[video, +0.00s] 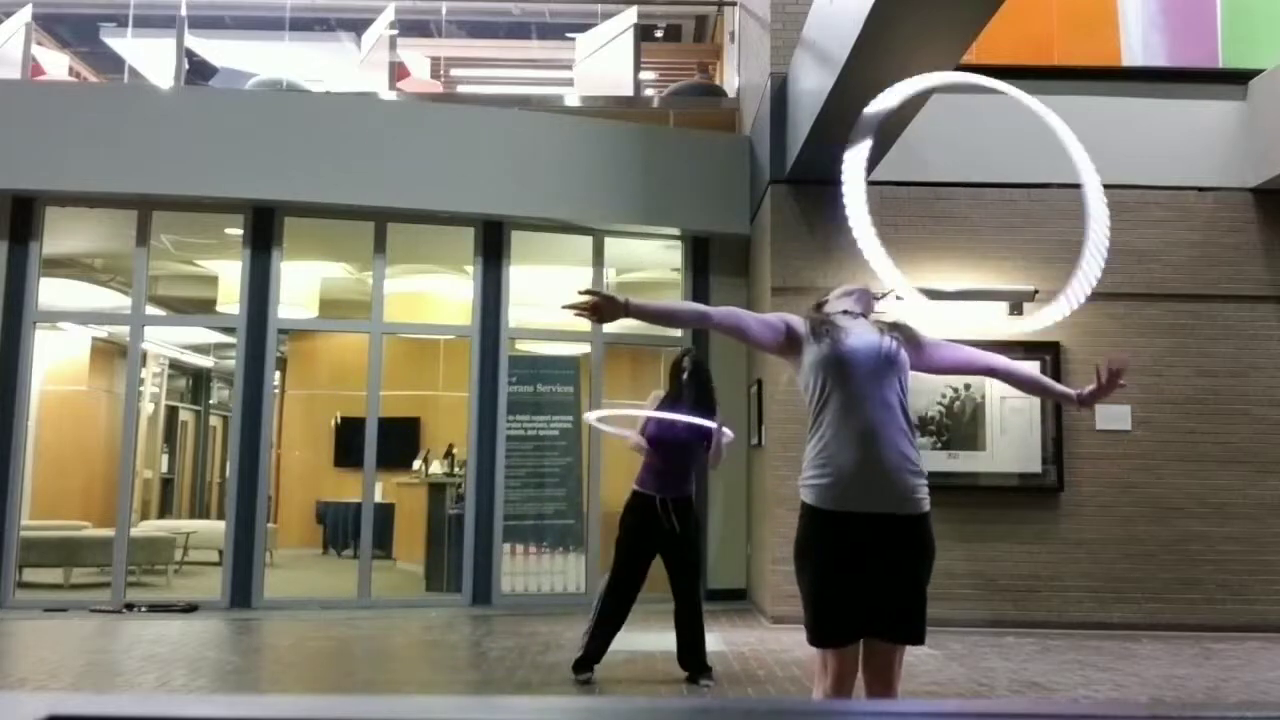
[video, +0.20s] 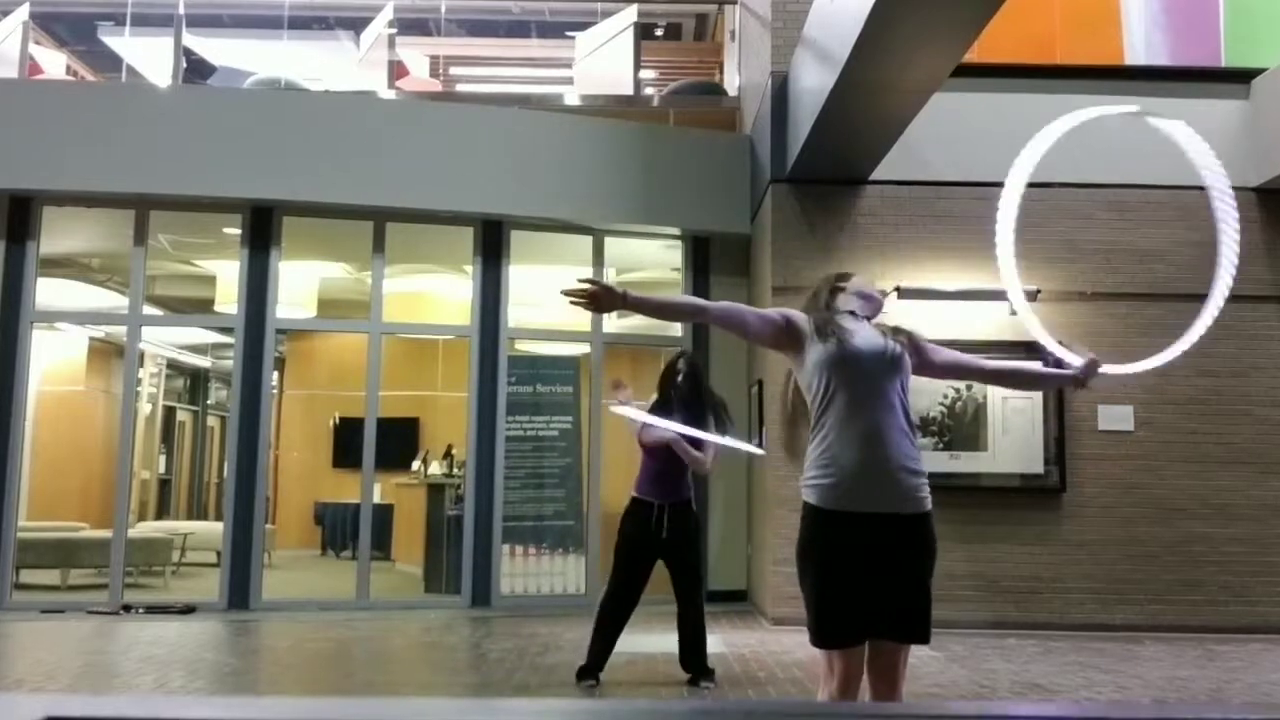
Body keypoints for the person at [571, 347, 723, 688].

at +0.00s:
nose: (687, 379)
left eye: (693, 373)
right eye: (683, 372)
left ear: (703, 379)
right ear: (674, 375)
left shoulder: (706, 414)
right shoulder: (659, 402)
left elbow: (713, 462)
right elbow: (639, 442)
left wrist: (719, 440)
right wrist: (638, 444)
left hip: (680, 506)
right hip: (644, 503)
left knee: (688, 592)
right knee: (622, 586)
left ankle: (696, 668)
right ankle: (586, 662)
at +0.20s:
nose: (679, 383)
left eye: (687, 377)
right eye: (674, 375)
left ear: (697, 382)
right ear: (666, 379)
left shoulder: (706, 416)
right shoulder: (654, 410)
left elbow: (706, 466)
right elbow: (644, 437)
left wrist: (676, 440)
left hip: (681, 513)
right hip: (642, 510)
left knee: (690, 596)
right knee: (621, 593)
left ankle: (698, 671)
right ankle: (591, 671)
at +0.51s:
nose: (656, 398)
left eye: (662, 393)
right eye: (651, 390)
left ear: (669, 397)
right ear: (638, 391)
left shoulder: (668, 428)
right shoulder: (615, 418)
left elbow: (666, 471)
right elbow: (599, 465)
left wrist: (642, 440)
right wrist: (603, 440)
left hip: (654, 523)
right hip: (617, 522)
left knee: (676, 599)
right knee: (614, 601)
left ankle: (698, 669)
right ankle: (592, 668)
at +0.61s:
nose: (647, 393)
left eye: (653, 388)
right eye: (642, 386)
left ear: (660, 393)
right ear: (631, 387)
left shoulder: (661, 428)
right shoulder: (607, 416)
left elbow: (667, 471)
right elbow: (596, 461)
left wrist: (635, 437)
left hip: (638, 517)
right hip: (604, 517)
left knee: (661, 595)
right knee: (607, 600)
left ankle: (694, 669)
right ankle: (591, 670)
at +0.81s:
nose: (639, 382)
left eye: (643, 376)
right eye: (634, 374)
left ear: (647, 378)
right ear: (621, 374)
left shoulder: (638, 408)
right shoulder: (600, 397)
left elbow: (625, 454)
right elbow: (588, 441)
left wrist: (656, 467)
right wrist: (624, 469)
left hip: (625, 508)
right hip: (597, 507)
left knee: (641, 587)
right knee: (598, 589)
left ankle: (659, 666)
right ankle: (585, 670)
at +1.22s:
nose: (634, 390)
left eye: (639, 384)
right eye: (629, 381)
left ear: (644, 386)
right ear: (618, 380)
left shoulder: (642, 415)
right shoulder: (593, 409)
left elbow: (642, 462)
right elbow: (591, 454)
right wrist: (624, 424)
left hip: (628, 510)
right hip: (595, 510)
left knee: (646, 589)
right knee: (594, 590)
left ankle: (666, 666)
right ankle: (578, 667)